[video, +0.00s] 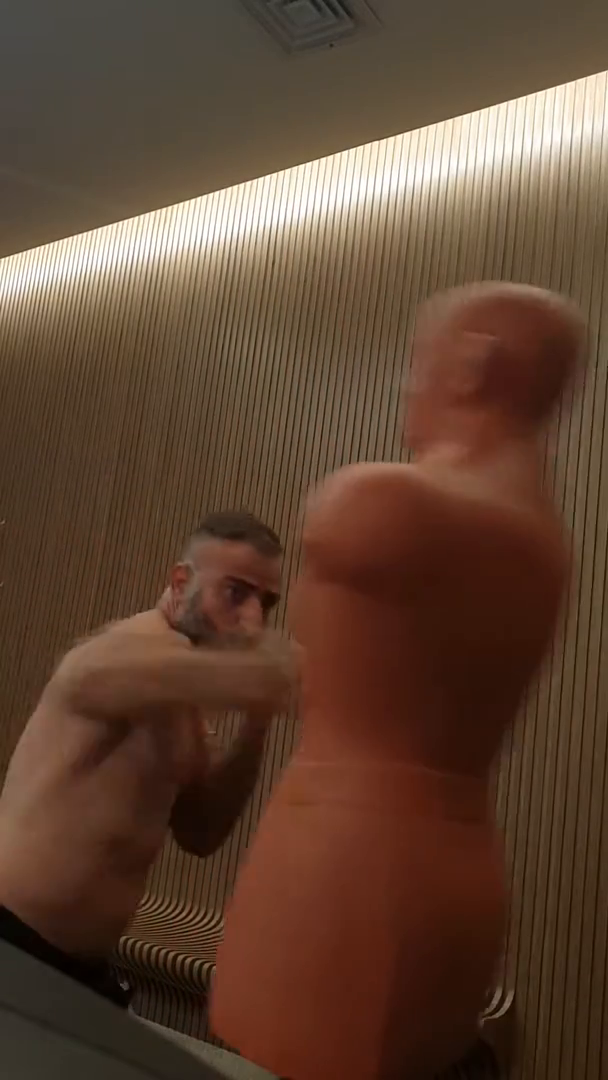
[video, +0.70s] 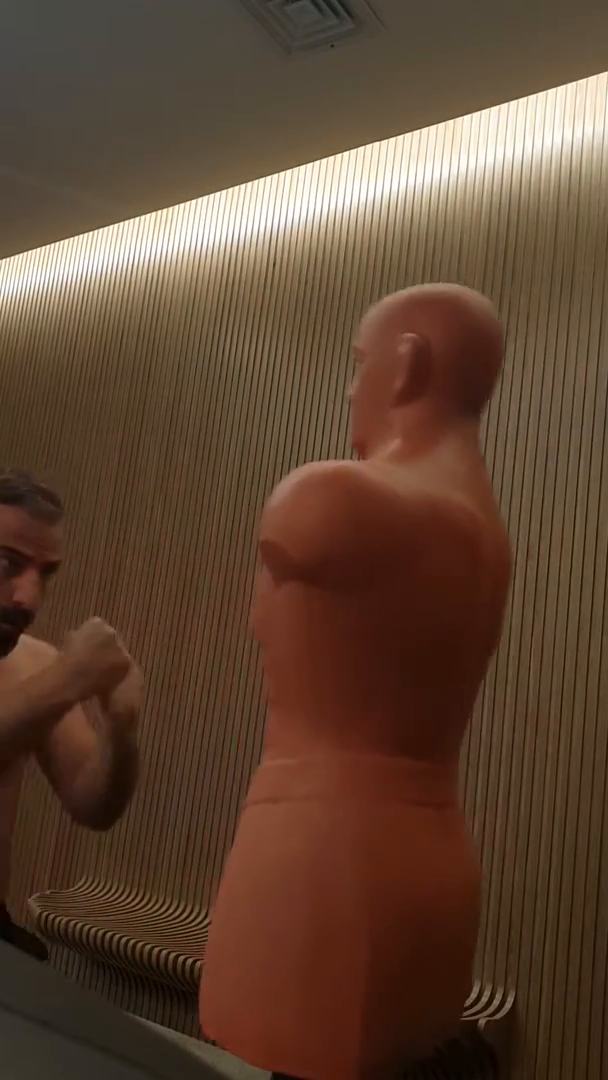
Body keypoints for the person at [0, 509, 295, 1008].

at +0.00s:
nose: (252, 622)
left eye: (267, 602)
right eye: (236, 593)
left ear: (274, 606)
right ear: (180, 583)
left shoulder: (185, 683)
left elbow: (200, 833)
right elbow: (274, 677)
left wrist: (257, 720)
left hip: (89, 970)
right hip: (20, 952)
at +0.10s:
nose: (250, 630)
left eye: (265, 612)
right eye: (235, 600)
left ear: (271, 622)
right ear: (180, 588)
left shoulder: (174, 701)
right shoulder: (129, 652)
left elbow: (198, 830)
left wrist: (243, 714)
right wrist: (148, 825)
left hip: (84, 967)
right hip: (20, 948)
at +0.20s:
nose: (225, 622)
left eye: (240, 603)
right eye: (209, 593)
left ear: (248, 608)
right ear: (155, 581)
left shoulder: (166, 682)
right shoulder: (93, 648)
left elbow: (198, 833)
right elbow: (19, 779)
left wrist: (232, 711)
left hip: (69, 955)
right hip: (13, 943)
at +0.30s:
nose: (191, 615)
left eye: (205, 596)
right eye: (174, 584)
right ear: (118, 572)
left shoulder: (123, 673)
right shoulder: (57, 638)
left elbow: (154, 829)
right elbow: (69, 758)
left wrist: (196, 695)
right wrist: (199, 677)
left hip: (47, 955)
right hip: (9, 951)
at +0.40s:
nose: (143, 609)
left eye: (157, 591)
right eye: (124, 579)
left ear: (164, 599)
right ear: (67, 568)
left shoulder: (80, 684)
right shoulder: (13, 644)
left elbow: (104, 837)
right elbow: (14, 791)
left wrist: (150, 704)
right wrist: (157, 697)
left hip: (18, 945)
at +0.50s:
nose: (88, 598)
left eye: (103, 578)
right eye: (70, 565)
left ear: (110, 584)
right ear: (9, 553)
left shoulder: (47, 686)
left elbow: (69, 838)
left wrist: (109, 752)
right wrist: (65, 711)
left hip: (3, 935)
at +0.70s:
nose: (28, 593)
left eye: (46, 572)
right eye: (11, 562)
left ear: (55, 574)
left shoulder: (35, 663)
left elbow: (95, 809)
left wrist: (121, 727)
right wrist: (62, 680)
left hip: (1, 926)